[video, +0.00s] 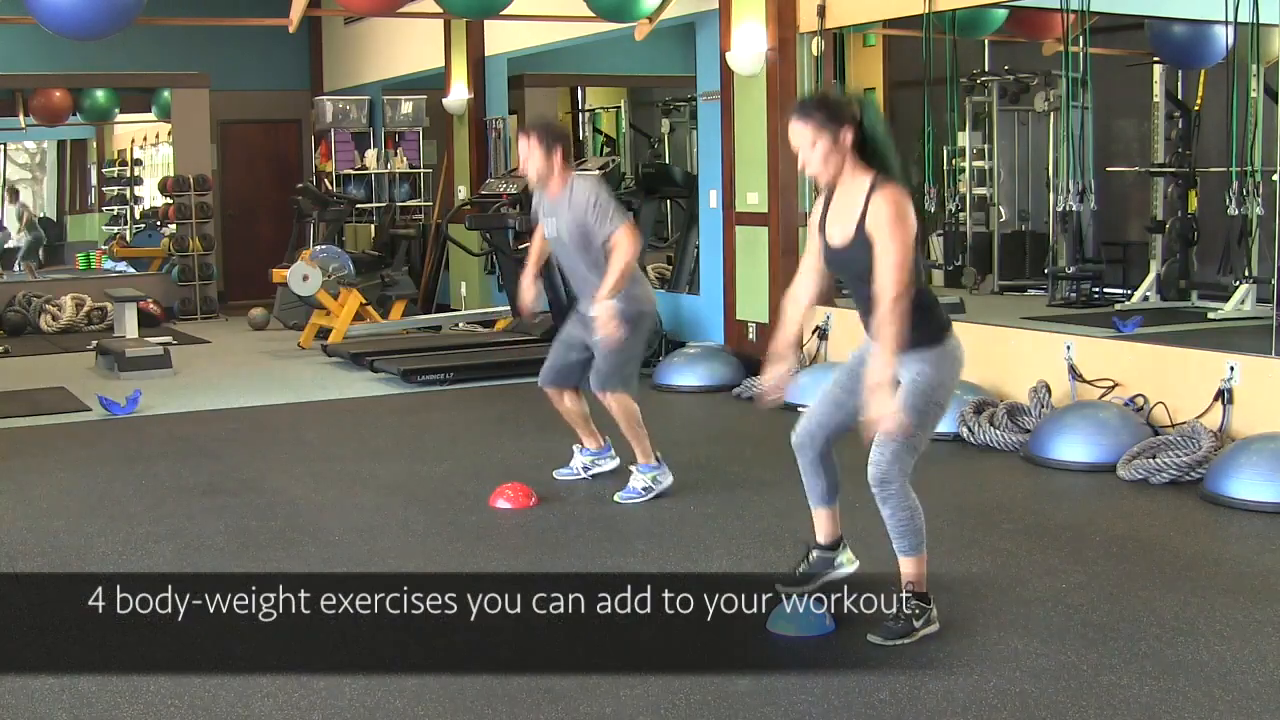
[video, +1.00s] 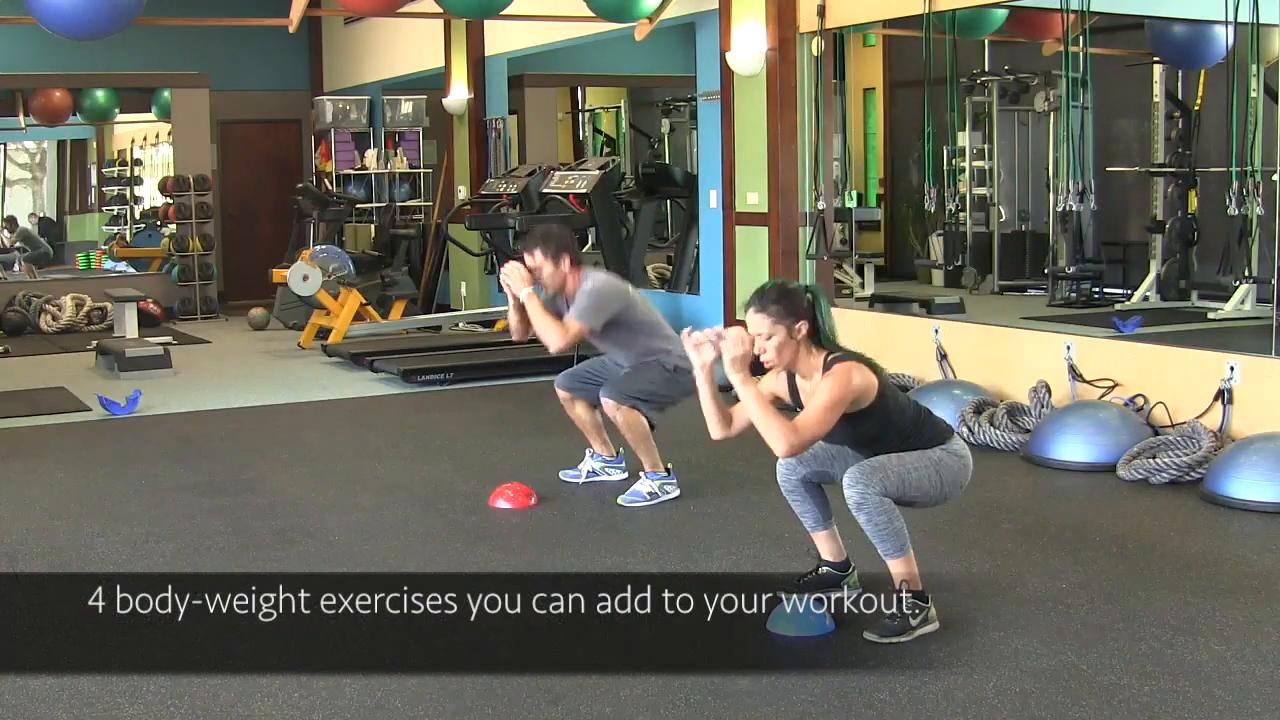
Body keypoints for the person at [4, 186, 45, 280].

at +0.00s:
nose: (7, 198)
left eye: (9, 195)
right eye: (7, 195)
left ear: (14, 195)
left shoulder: (21, 206)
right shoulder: (18, 207)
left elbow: (27, 214)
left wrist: (22, 227)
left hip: (35, 235)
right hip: (32, 235)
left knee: (23, 258)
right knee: (25, 258)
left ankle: (35, 279)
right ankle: (35, 278)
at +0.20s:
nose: (7, 183)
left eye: (9, 180)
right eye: (7, 180)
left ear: (15, 180)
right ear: (17, 180)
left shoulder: (21, 191)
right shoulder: (25, 190)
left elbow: (31, 202)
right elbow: (37, 202)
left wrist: (35, 217)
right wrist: (36, 216)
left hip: (26, 222)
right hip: (26, 223)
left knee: (22, 251)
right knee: (15, 247)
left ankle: (30, 273)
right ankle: (18, 271)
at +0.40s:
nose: (9, 188)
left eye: (11, 185)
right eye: (9, 185)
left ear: (18, 185)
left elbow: (29, 210)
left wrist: (23, 219)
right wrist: (7, 220)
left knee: (22, 259)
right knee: (10, 253)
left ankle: (32, 279)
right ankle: (11, 276)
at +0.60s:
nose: (8, 185)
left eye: (9, 182)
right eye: (7, 183)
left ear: (15, 181)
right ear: (14, 182)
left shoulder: (23, 190)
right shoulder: (19, 192)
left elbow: (27, 203)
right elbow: (26, 207)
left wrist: (13, 213)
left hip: (30, 225)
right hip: (24, 225)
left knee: (25, 250)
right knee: (18, 248)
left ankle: (30, 272)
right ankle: (22, 271)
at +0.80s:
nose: (6, 206)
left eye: (7, 203)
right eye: (5, 204)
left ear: (12, 202)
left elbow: (23, 224)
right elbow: (15, 223)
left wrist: (9, 224)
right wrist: (7, 223)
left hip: (38, 238)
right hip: (31, 238)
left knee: (23, 259)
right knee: (24, 259)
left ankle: (32, 280)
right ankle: (35, 279)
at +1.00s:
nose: (5, 228)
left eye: (6, 225)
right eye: (5, 226)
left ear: (11, 224)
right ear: (14, 224)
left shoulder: (21, 230)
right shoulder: (17, 233)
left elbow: (9, 244)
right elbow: (8, 244)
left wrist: (2, 235)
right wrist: (2, 236)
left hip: (45, 252)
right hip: (38, 252)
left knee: (25, 259)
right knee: (20, 259)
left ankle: (35, 280)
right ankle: (31, 280)